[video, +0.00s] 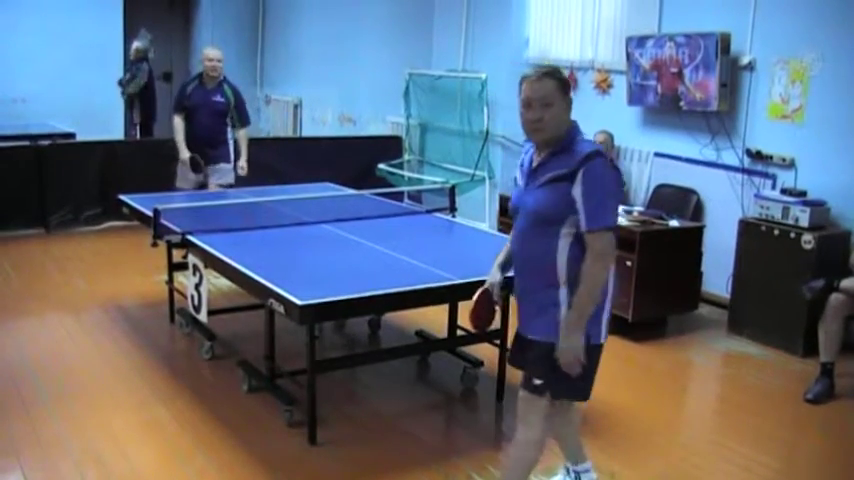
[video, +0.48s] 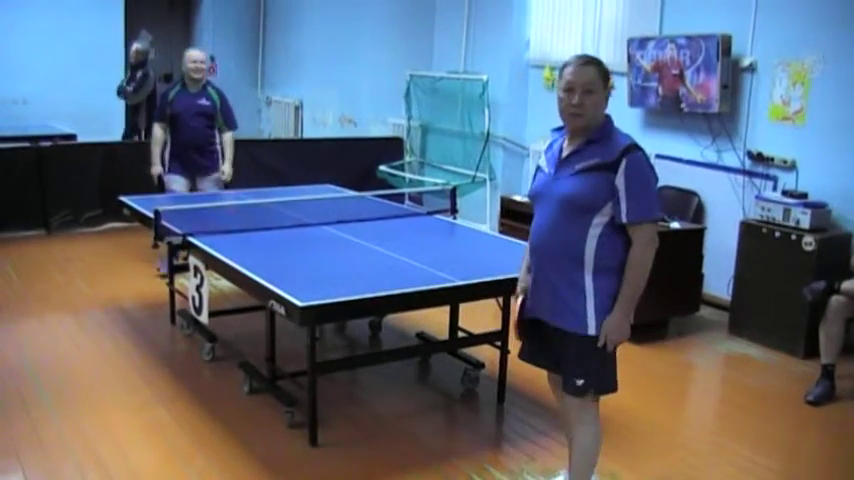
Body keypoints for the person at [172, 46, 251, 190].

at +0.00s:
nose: (214, 65)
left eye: (218, 61)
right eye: (209, 60)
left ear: (223, 64)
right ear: (202, 63)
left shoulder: (231, 91)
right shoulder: (188, 88)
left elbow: (240, 127)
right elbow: (178, 117)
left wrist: (243, 158)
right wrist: (183, 150)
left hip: (220, 157)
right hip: (191, 156)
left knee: (218, 205)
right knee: (183, 204)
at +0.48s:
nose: (197, 67)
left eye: (201, 62)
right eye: (193, 62)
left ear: (208, 66)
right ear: (183, 66)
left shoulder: (216, 95)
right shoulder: (169, 95)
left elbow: (227, 131)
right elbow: (159, 127)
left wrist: (228, 163)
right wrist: (156, 163)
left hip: (209, 165)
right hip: (177, 165)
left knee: (211, 215)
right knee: (174, 215)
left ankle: (210, 260)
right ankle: (169, 259)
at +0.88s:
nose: (166, 68)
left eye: (169, 62)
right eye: (161, 64)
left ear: (176, 64)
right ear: (152, 69)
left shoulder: (192, 92)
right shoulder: (144, 98)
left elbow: (207, 126)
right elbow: (136, 133)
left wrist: (211, 158)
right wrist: (135, 169)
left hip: (193, 164)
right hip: (160, 168)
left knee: (201, 214)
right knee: (167, 218)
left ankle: (203, 260)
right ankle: (174, 261)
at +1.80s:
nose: (195, 71)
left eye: (199, 67)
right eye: (190, 68)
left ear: (205, 69)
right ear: (180, 72)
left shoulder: (217, 96)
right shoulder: (169, 100)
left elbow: (229, 128)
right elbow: (159, 134)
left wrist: (225, 160)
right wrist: (157, 169)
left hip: (211, 168)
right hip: (180, 169)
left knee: (214, 218)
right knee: (177, 218)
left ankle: (213, 264)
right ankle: (177, 262)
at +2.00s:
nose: (215, 72)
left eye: (218, 68)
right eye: (210, 68)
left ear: (222, 71)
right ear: (200, 71)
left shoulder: (228, 95)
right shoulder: (184, 95)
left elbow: (239, 127)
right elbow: (173, 127)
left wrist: (241, 157)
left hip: (222, 166)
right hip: (192, 167)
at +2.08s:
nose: (222, 75)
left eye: (225, 70)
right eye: (217, 70)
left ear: (228, 72)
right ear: (205, 72)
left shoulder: (231, 95)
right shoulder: (188, 93)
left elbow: (240, 128)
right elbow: (177, 125)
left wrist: (244, 154)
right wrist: (198, 148)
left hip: (224, 162)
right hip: (194, 163)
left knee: (227, 211)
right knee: (191, 213)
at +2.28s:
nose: (234, 83)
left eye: (236, 79)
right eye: (230, 78)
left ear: (239, 78)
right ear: (215, 73)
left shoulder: (236, 98)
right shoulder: (195, 92)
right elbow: (189, 123)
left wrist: (245, 133)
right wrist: (223, 124)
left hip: (226, 160)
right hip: (199, 161)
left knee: (228, 208)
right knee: (202, 209)